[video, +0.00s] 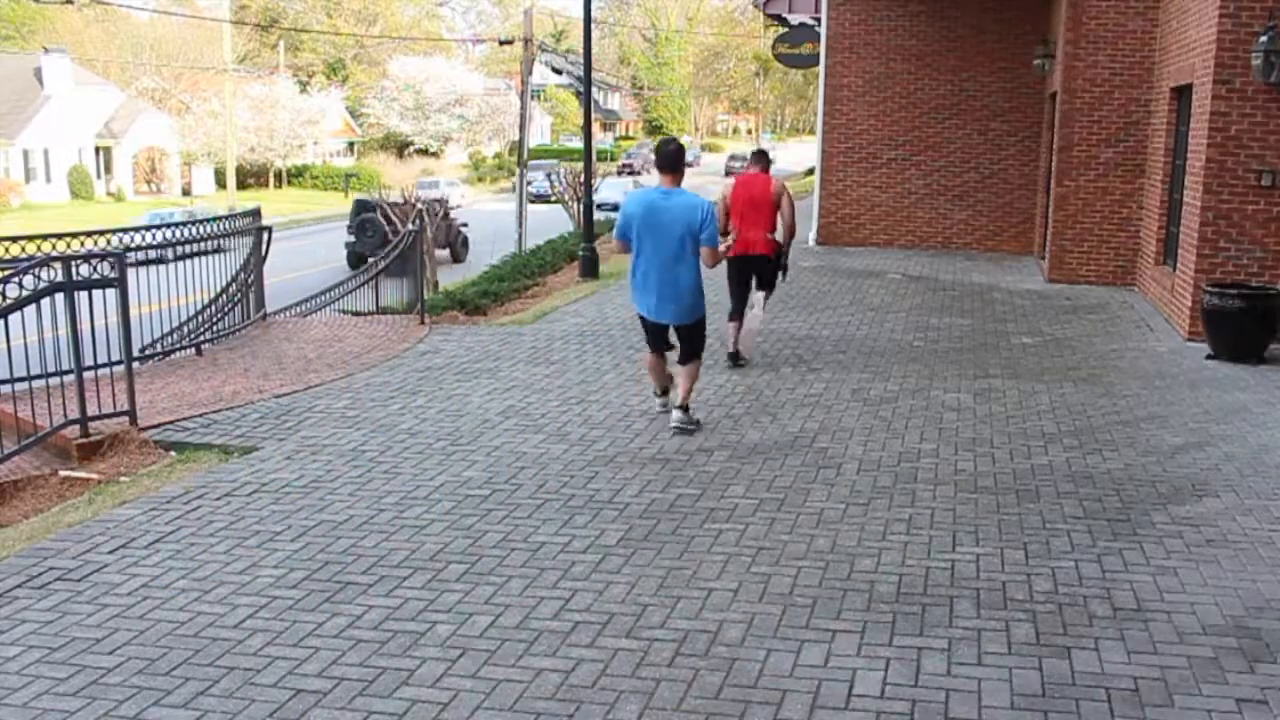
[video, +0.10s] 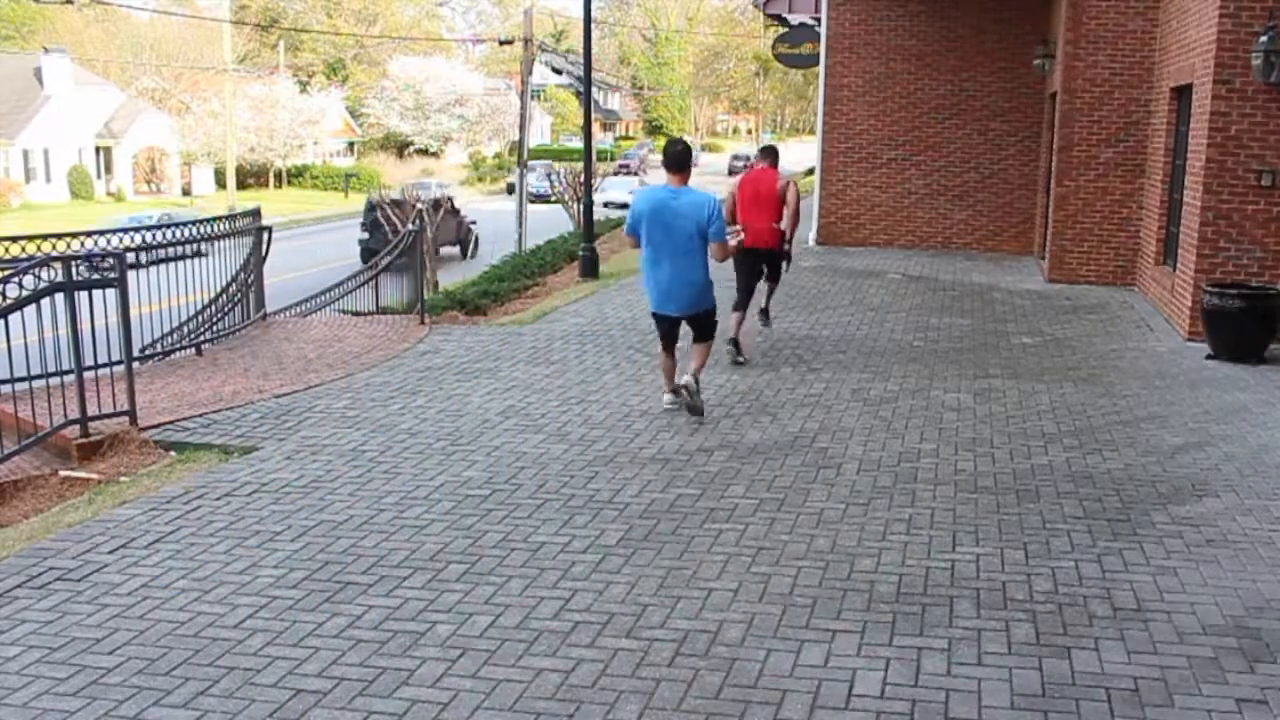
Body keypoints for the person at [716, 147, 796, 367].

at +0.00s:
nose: (764, 171)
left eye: (753, 167)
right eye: (767, 168)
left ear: (748, 165)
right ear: (768, 167)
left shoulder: (730, 186)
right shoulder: (778, 187)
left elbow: (722, 226)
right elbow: (789, 224)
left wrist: (728, 234)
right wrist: (785, 251)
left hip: (738, 248)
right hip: (765, 247)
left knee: (737, 302)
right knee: (766, 284)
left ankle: (733, 349)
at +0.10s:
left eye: (757, 160)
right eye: (776, 164)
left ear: (756, 160)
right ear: (776, 163)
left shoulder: (739, 181)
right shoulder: (786, 183)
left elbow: (729, 214)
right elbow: (793, 213)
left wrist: (736, 230)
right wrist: (788, 241)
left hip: (745, 241)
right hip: (772, 240)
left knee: (743, 292)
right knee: (774, 274)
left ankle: (733, 336)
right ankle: (765, 307)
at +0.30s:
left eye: (776, 159)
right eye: (790, 161)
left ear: (773, 159)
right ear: (791, 161)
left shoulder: (756, 179)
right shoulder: (798, 182)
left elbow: (736, 203)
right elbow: (809, 219)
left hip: (755, 238)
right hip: (781, 239)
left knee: (763, 262)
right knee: (777, 289)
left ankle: (757, 283)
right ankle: (766, 333)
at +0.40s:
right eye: (793, 155)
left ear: (777, 152)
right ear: (794, 155)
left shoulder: (761, 170)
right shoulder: (801, 174)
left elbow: (742, 189)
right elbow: (813, 208)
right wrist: (805, 202)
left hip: (765, 223)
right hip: (788, 224)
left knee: (769, 263)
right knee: (782, 273)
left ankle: (769, 297)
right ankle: (771, 317)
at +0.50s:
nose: (790, 157)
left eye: (784, 152)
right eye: (794, 153)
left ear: (779, 151)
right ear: (796, 154)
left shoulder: (764, 171)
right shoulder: (803, 173)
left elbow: (753, 197)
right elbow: (812, 204)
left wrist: (756, 221)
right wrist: (809, 229)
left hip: (768, 226)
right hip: (792, 227)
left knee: (765, 272)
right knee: (791, 269)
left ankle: (762, 317)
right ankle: (777, 293)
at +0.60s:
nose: (793, 159)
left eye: (788, 154)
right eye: (798, 156)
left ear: (783, 154)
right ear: (800, 156)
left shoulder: (769, 173)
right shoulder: (807, 177)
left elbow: (759, 195)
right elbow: (815, 199)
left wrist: (761, 216)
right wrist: (811, 220)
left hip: (770, 224)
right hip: (795, 226)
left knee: (769, 273)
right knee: (797, 251)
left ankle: (763, 316)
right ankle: (789, 277)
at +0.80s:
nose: (806, 155)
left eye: (802, 151)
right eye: (808, 151)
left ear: (795, 151)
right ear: (811, 152)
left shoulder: (780, 170)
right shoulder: (818, 173)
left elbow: (768, 190)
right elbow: (824, 202)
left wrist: (771, 214)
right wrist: (825, 222)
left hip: (783, 221)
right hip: (805, 222)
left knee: (782, 253)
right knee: (801, 266)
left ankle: (780, 271)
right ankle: (791, 306)